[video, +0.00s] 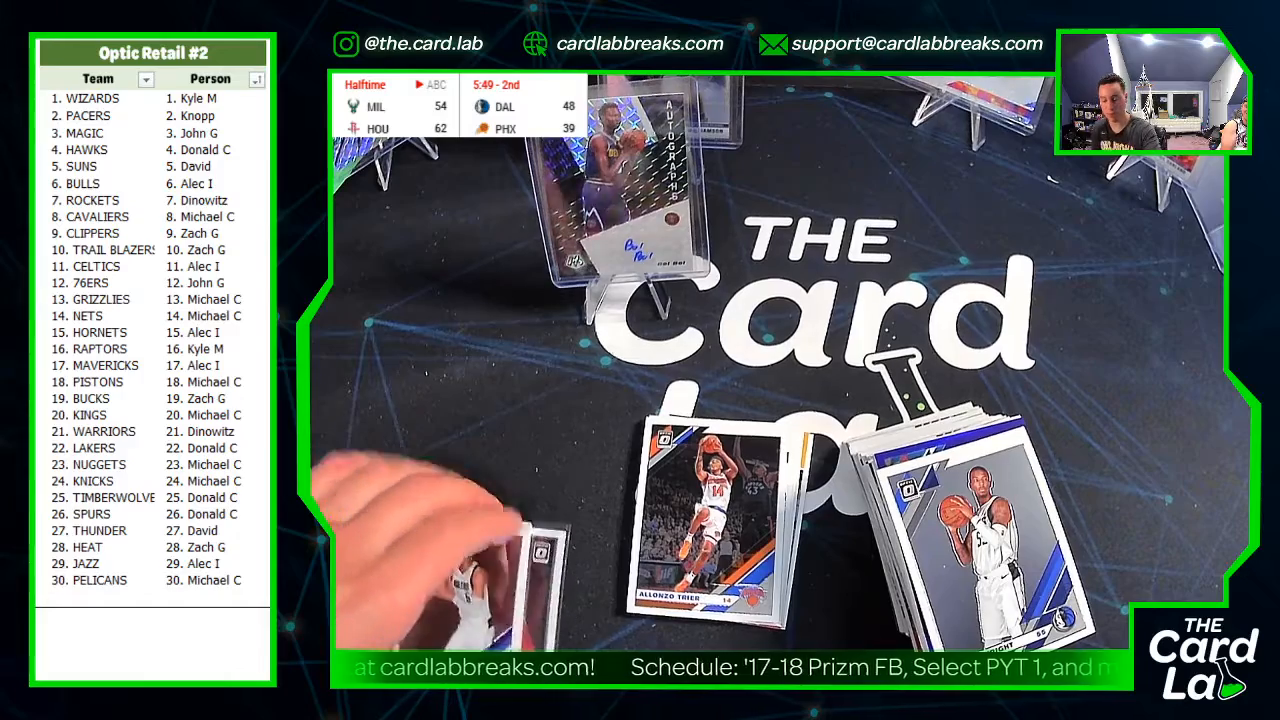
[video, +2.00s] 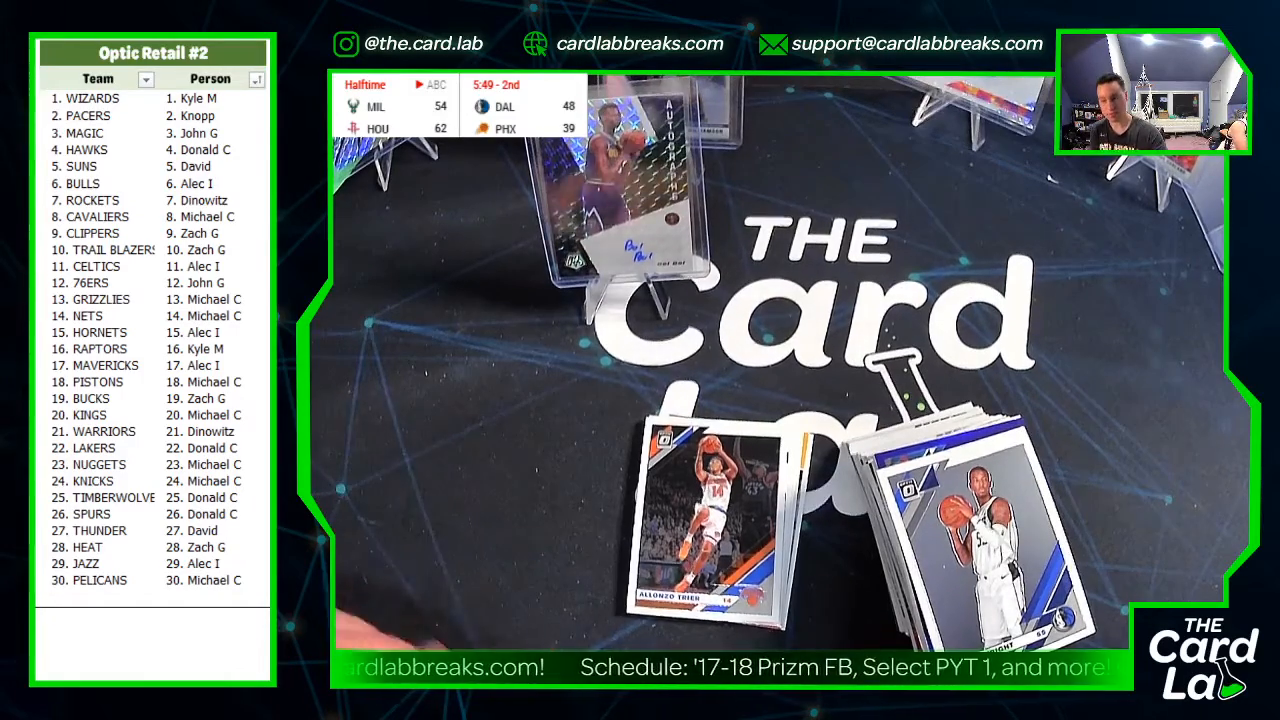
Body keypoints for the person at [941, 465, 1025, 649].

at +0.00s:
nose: (980, 483)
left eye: (983, 479)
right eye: (975, 480)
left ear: (990, 481)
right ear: (970, 486)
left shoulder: (1000, 504)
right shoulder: (974, 517)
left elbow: (996, 538)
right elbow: (965, 559)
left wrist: (972, 517)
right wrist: (953, 531)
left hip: (1007, 579)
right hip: (985, 585)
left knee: (1018, 633)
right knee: (991, 641)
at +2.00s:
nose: (980, 484)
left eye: (983, 479)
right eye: (975, 480)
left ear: (990, 482)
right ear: (970, 486)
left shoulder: (1000, 505)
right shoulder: (975, 517)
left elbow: (996, 540)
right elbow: (965, 559)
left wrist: (972, 517)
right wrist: (953, 531)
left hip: (1006, 579)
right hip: (984, 584)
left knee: (1018, 632)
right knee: (992, 640)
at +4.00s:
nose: (981, 485)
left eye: (984, 480)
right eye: (976, 481)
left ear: (990, 484)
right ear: (970, 487)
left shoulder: (1000, 505)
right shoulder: (977, 515)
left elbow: (997, 539)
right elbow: (964, 555)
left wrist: (973, 518)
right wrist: (954, 533)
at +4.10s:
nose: (981, 485)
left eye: (985, 480)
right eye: (976, 481)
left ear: (990, 484)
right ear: (970, 486)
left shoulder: (1000, 505)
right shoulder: (977, 512)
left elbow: (997, 538)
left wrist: (972, 518)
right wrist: (954, 532)